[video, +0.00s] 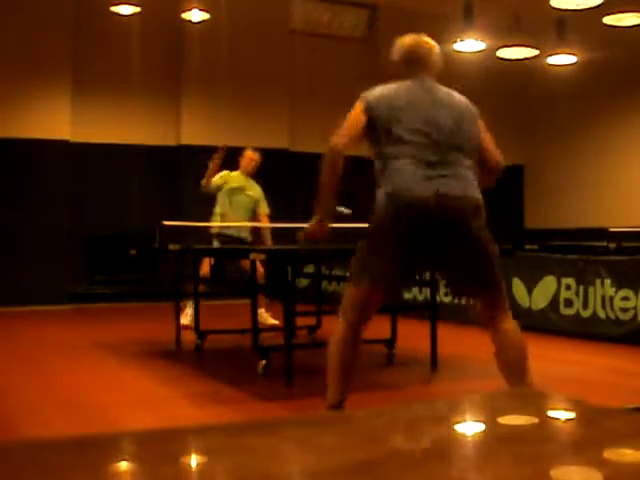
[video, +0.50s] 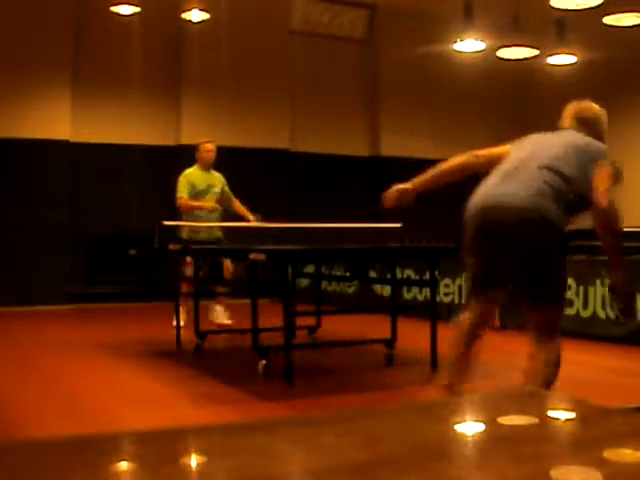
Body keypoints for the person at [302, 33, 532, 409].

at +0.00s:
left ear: (396, 65)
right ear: (437, 65)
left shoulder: (376, 99)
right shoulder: (461, 105)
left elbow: (336, 147)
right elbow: (494, 162)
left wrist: (323, 215)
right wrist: (468, 194)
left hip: (398, 217)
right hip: (461, 216)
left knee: (352, 314)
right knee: (498, 315)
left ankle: (334, 403)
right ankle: (524, 401)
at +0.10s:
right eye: (464, 73)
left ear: (423, 76)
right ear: (461, 78)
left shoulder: (398, 108)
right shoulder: (484, 115)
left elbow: (353, 159)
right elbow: (509, 171)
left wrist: (352, 218)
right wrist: (515, 219)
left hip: (404, 217)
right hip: (467, 217)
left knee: (360, 315)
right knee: (509, 317)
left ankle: (336, 404)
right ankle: (524, 409)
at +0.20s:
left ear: (466, 84)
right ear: (503, 88)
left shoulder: (437, 113)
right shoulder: (513, 120)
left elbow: (384, 154)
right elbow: (518, 164)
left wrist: (370, 213)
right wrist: (545, 228)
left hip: (414, 212)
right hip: (475, 216)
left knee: (379, 313)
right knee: (516, 323)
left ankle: (342, 402)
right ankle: (525, 414)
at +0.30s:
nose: (555, 103)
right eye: (553, 97)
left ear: (508, 94)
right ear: (546, 98)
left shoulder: (476, 122)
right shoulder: (543, 123)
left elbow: (418, 153)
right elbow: (540, 160)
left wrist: (379, 194)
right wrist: (567, 229)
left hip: (435, 213)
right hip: (491, 216)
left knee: (399, 319)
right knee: (528, 324)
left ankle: (349, 402)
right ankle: (529, 415)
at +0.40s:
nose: (587, 116)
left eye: (587, 109)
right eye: (585, 110)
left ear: (541, 108)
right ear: (575, 110)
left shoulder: (505, 133)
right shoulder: (572, 135)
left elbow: (446, 154)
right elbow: (570, 173)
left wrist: (393, 184)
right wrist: (592, 242)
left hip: (458, 215)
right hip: (512, 218)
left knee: (437, 315)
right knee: (536, 330)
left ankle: (374, 391)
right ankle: (529, 416)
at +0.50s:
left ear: (563, 123)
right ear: (600, 133)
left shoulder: (530, 142)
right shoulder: (597, 152)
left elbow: (473, 159)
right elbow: (602, 204)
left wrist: (412, 187)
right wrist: (618, 271)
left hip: (482, 212)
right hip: (536, 219)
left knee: (480, 304)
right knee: (545, 329)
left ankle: (453, 384)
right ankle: (533, 408)